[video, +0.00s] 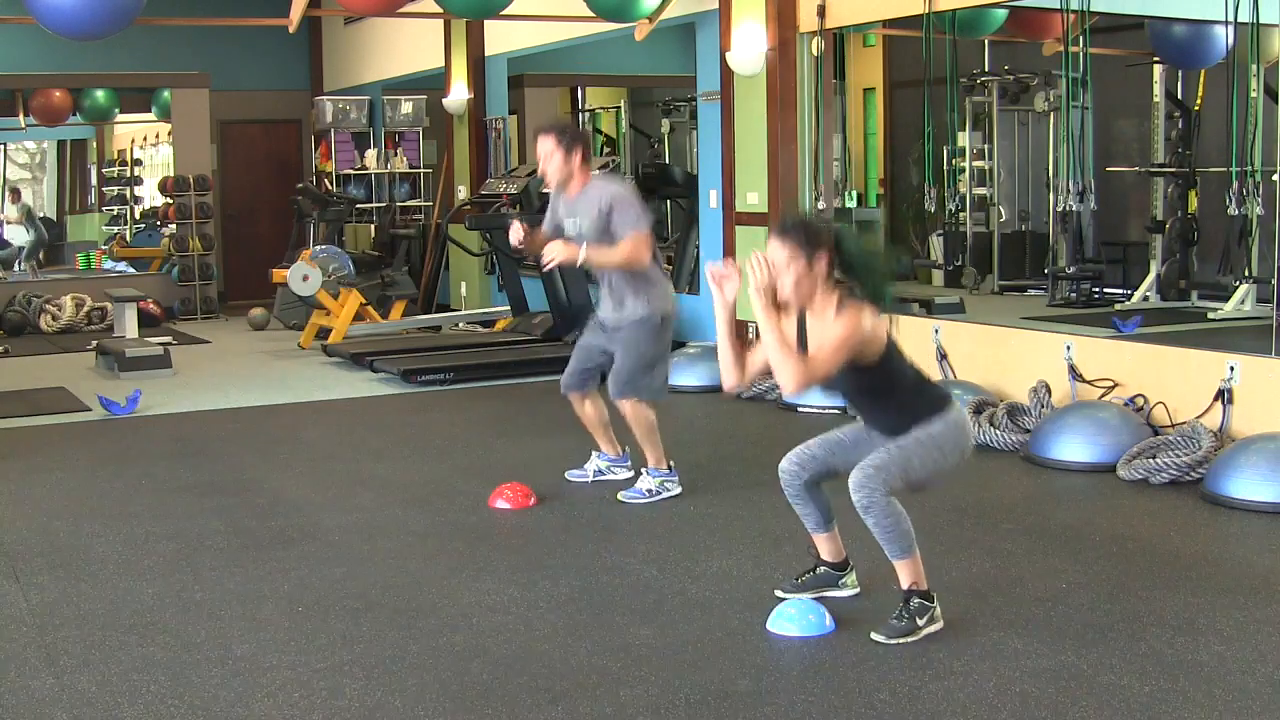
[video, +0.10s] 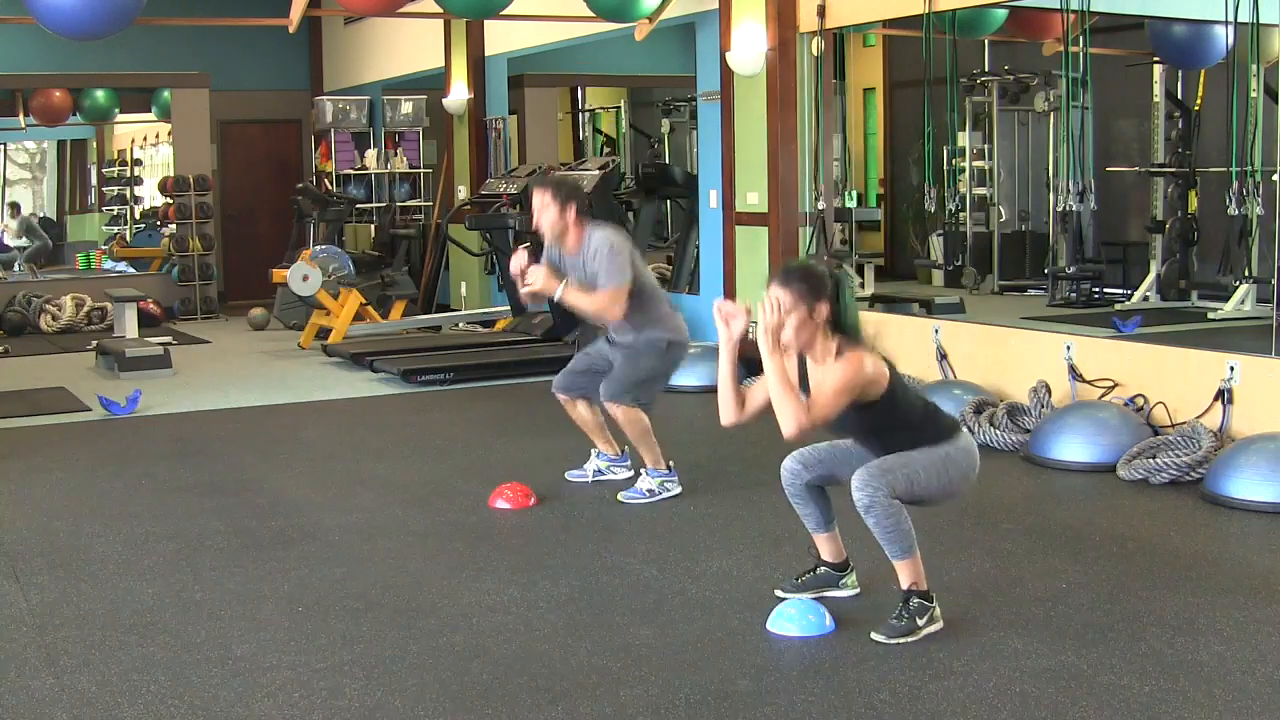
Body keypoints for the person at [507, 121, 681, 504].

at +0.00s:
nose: (540, 167)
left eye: (547, 157)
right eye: (539, 158)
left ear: (576, 156)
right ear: (564, 160)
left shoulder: (616, 192)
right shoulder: (559, 198)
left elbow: (640, 254)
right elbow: (547, 241)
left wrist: (580, 253)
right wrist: (527, 238)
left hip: (646, 309)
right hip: (609, 310)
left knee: (625, 390)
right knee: (577, 385)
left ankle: (661, 472)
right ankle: (614, 459)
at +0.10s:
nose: (535, 221)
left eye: (543, 210)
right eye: (534, 211)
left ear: (570, 212)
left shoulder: (608, 243)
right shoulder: (555, 247)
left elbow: (613, 309)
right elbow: (536, 302)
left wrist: (555, 286)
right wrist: (524, 279)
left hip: (658, 337)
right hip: (615, 337)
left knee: (616, 396)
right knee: (568, 388)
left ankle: (661, 473)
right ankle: (612, 458)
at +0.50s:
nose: (532, 209)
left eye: (539, 200)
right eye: (532, 200)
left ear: (566, 203)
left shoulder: (600, 236)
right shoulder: (553, 240)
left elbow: (611, 293)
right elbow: (538, 285)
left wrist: (554, 314)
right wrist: (530, 314)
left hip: (652, 333)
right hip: (612, 335)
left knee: (615, 395)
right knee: (565, 390)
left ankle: (660, 473)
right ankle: (611, 458)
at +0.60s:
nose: (530, 159)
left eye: (536, 149)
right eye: (530, 149)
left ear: (560, 151)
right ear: (555, 153)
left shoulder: (597, 188)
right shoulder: (557, 192)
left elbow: (642, 230)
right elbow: (578, 228)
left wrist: (608, 275)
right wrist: (563, 253)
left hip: (635, 303)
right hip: (599, 302)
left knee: (614, 385)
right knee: (567, 380)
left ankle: (656, 468)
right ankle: (607, 451)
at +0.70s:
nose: (530, 120)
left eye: (534, 111)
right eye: (529, 111)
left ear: (560, 113)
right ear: (557, 114)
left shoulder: (601, 150)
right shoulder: (563, 156)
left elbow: (657, 186)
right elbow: (598, 205)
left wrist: (633, 235)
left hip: (619, 279)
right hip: (587, 278)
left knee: (600, 362)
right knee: (571, 364)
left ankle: (632, 451)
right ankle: (602, 443)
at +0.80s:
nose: (532, 108)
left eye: (537, 100)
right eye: (531, 100)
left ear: (562, 102)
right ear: (559, 103)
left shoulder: (606, 138)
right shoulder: (560, 144)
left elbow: (659, 179)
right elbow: (580, 190)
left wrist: (636, 225)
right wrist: (570, 221)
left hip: (615, 265)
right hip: (584, 262)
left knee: (582, 351)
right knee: (578, 353)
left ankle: (582, 444)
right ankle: (606, 440)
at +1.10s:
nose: (545, 109)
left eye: (551, 100)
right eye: (544, 101)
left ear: (579, 101)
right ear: (565, 103)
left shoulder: (611, 141)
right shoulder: (563, 147)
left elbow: (647, 192)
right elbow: (568, 193)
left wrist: (590, 206)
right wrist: (540, 199)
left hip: (613, 272)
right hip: (583, 273)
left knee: (581, 357)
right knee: (582, 359)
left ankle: (579, 451)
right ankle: (609, 447)